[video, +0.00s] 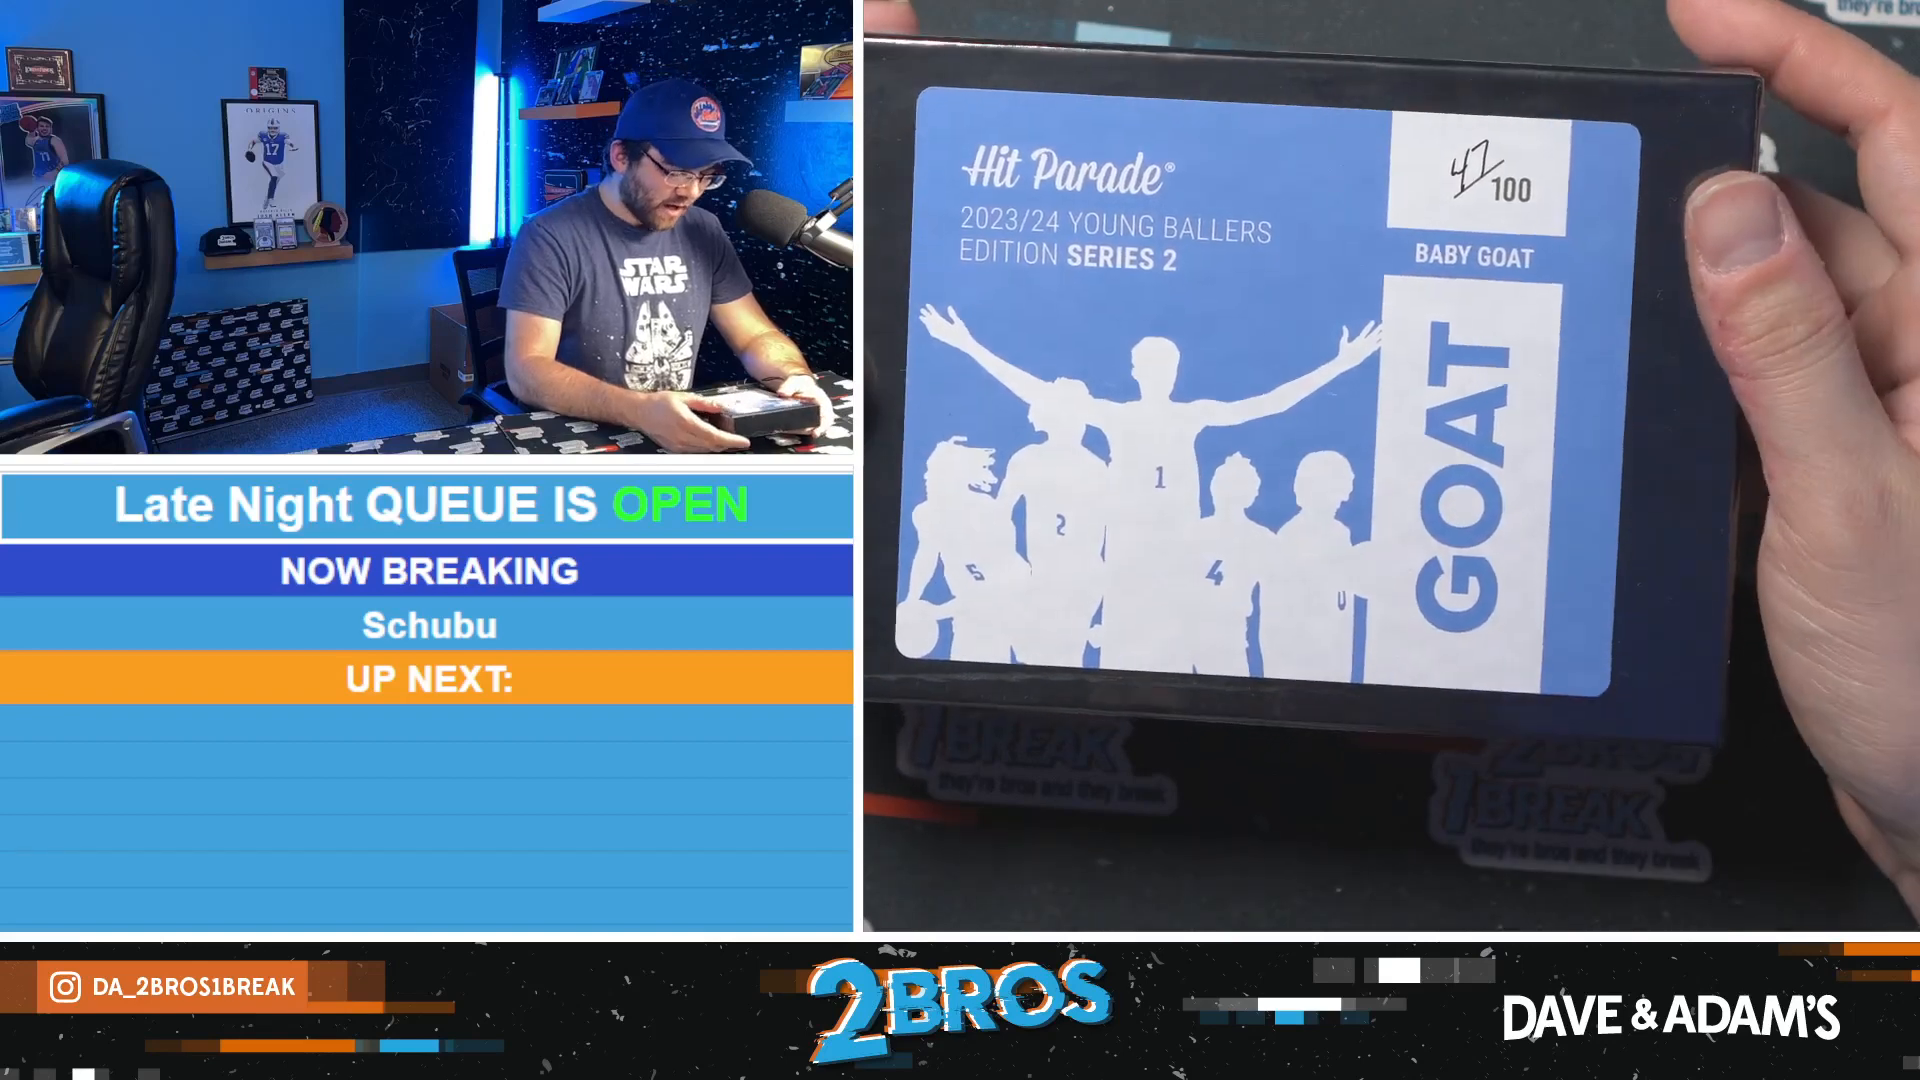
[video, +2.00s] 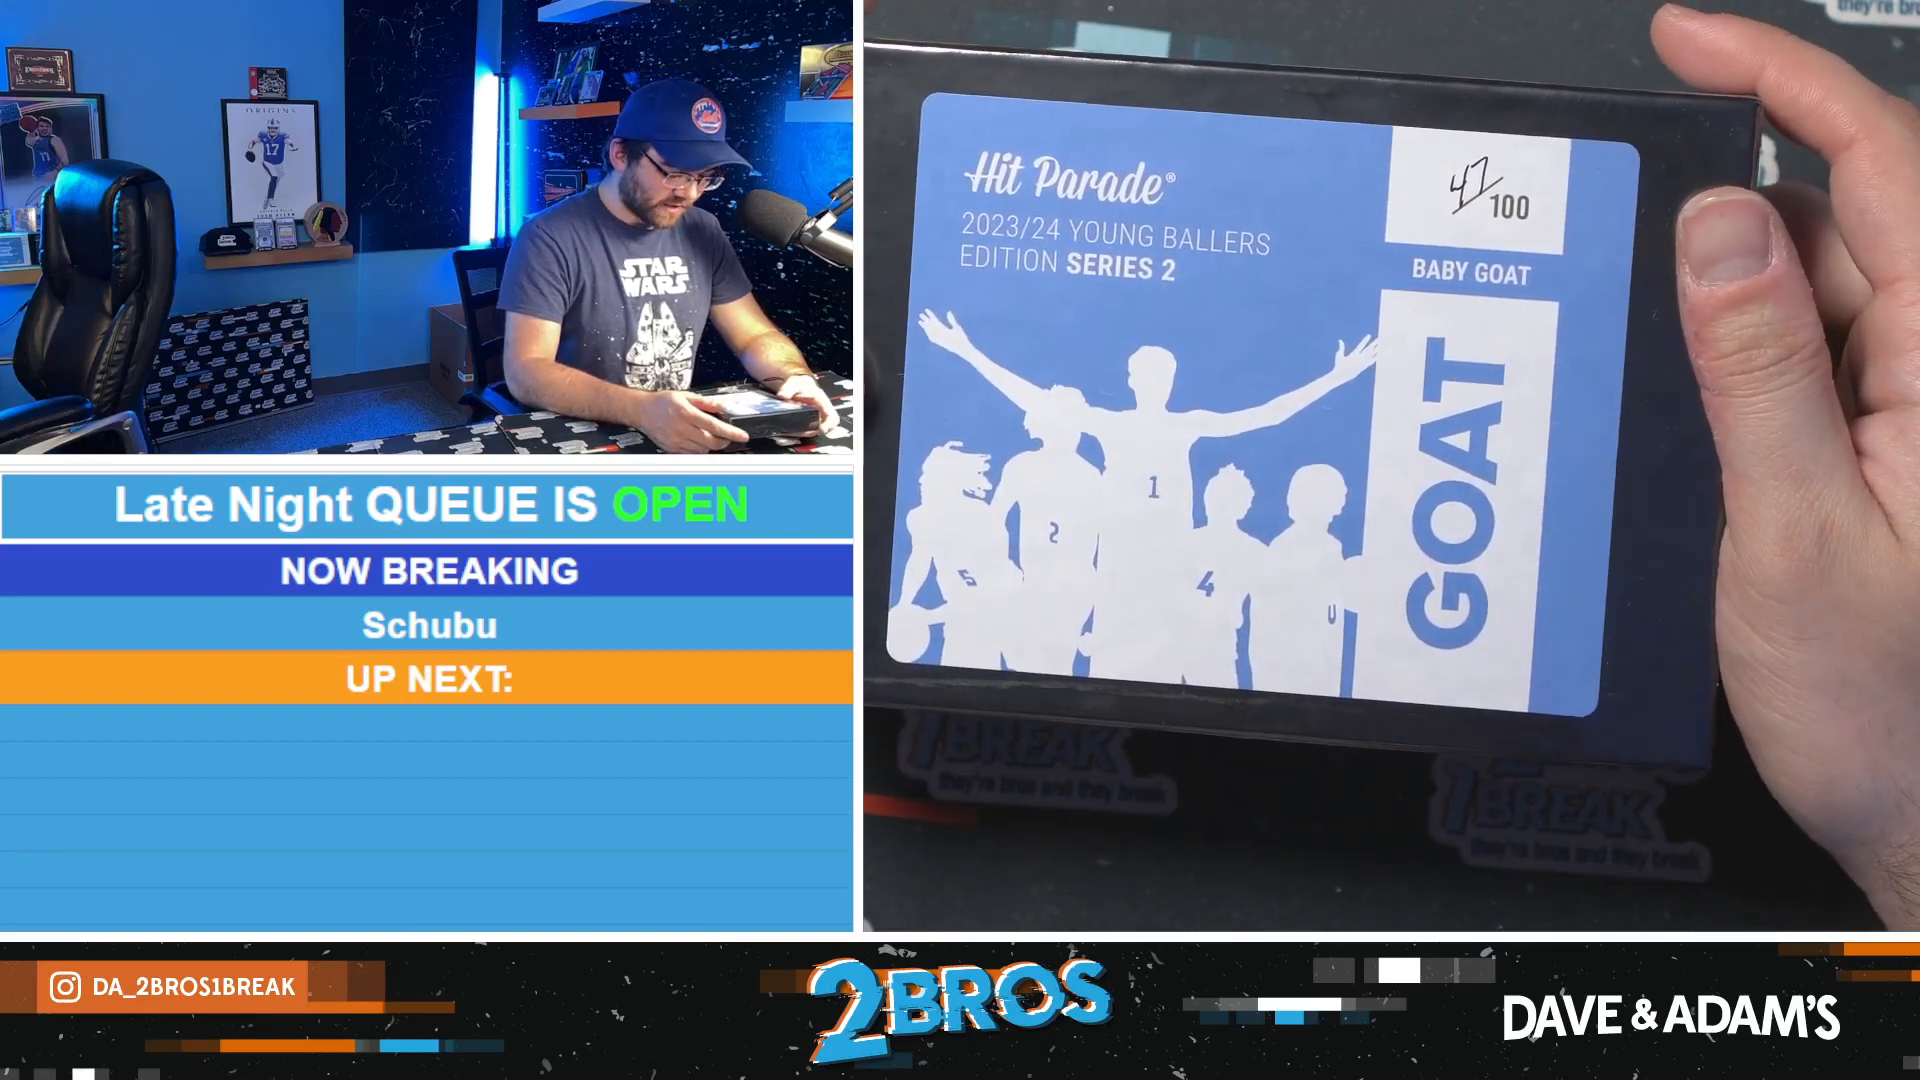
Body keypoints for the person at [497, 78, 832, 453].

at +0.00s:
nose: (689, 192)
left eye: (703, 174)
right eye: (674, 170)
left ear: (715, 172)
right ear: (620, 157)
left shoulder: (702, 232)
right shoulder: (552, 235)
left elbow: (754, 334)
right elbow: (527, 370)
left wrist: (794, 374)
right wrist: (640, 409)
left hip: (681, 459)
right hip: (578, 463)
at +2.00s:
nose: (687, 192)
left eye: (702, 176)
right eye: (673, 171)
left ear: (714, 173)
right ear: (620, 156)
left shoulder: (701, 232)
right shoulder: (553, 237)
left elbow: (755, 335)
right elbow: (527, 372)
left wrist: (795, 375)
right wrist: (643, 409)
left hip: (682, 459)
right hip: (577, 464)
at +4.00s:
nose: (685, 188)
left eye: (701, 170)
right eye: (668, 166)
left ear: (712, 168)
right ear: (617, 154)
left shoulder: (703, 233)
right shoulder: (553, 238)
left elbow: (757, 336)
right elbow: (529, 374)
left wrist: (797, 376)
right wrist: (639, 406)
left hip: (685, 461)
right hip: (581, 466)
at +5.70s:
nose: (659, 160)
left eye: (679, 145)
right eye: (642, 140)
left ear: (695, 157)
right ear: (605, 144)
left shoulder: (705, 231)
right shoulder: (552, 238)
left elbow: (757, 334)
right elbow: (523, 373)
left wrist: (793, 372)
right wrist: (612, 384)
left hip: (683, 449)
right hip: (577, 458)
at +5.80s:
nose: (648, 156)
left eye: (670, 141)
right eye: (631, 137)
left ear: (691, 155)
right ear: (602, 144)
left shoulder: (704, 230)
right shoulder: (548, 237)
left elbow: (762, 331)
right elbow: (515, 365)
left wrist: (795, 367)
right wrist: (565, 389)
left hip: (683, 456)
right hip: (580, 464)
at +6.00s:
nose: (616, 150)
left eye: (640, 135)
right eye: (605, 132)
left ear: (682, 150)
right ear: (592, 140)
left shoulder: (705, 232)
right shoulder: (546, 232)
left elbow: (761, 334)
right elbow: (510, 350)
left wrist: (791, 369)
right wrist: (529, 425)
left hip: (680, 453)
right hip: (575, 456)